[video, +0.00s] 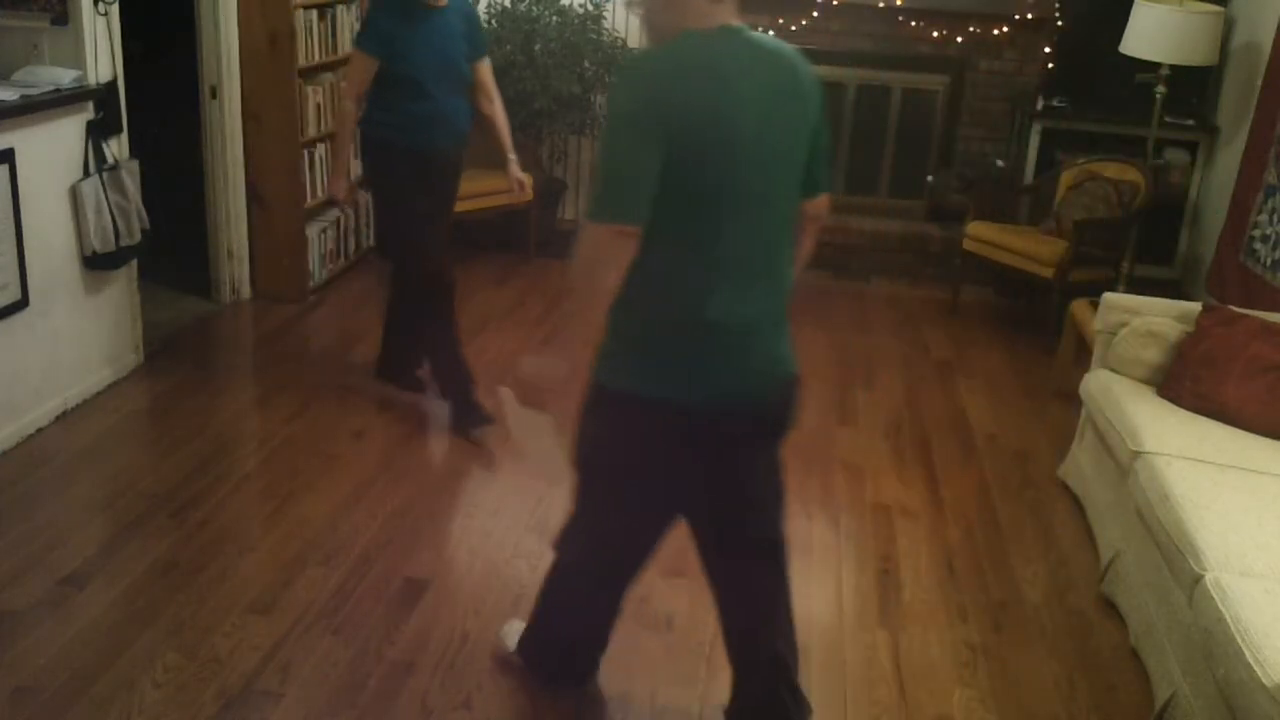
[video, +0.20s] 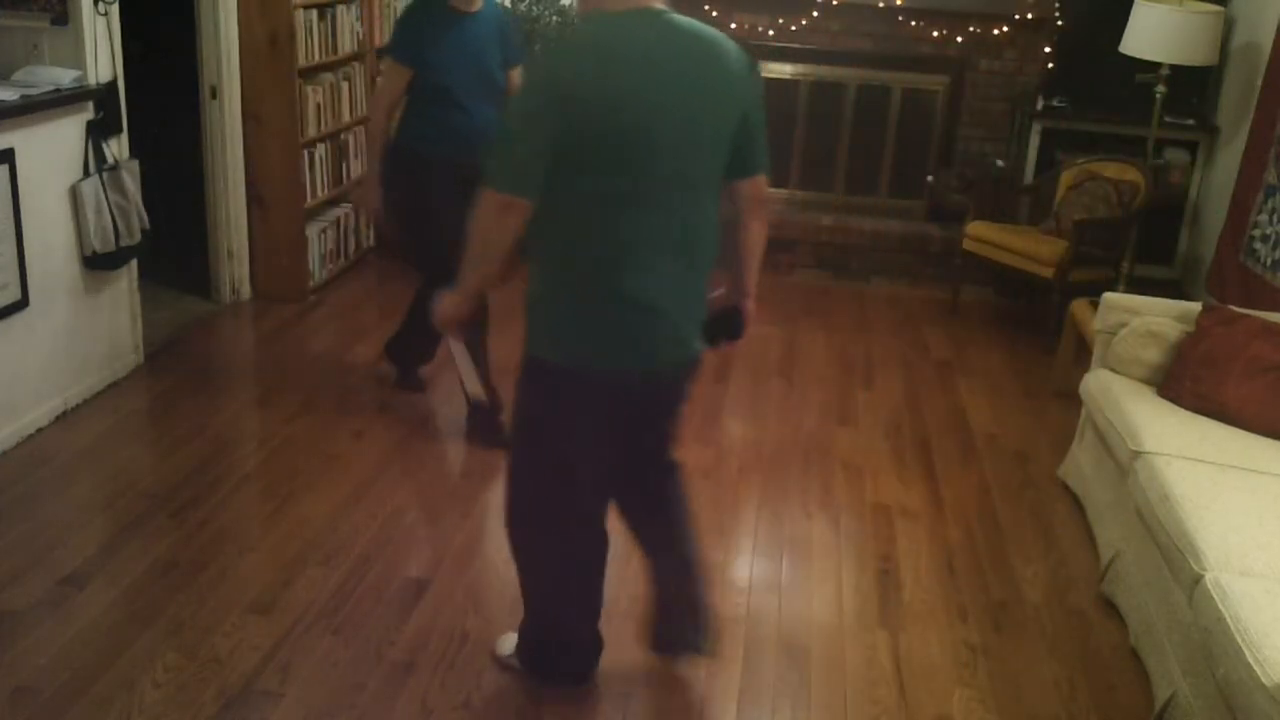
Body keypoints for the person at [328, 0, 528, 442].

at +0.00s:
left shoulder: (464, 14)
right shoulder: (387, 13)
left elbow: (487, 90)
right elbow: (352, 92)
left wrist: (511, 159)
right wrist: (340, 171)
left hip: (445, 155)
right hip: (393, 156)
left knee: (418, 264)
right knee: (432, 269)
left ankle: (395, 362)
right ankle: (461, 398)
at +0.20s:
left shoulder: (501, 19)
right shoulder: (421, 18)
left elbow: (517, 92)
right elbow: (383, 101)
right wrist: (372, 175)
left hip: (478, 163)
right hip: (422, 163)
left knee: (452, 267)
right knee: (456, 275)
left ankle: (406, 349)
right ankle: (482, 404)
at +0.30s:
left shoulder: (521, 18)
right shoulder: (441, 17)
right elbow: (399, 110)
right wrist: (394, 189)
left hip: (505, 168)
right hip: (446, 172)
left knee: (496, 272)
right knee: (471, 288)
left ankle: (430, 339)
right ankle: (482, 413)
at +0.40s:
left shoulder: (538, 19)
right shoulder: (455, 17)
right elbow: (418, 111)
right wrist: (420, 197)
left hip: (524, 183)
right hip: (467, 188)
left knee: (523, 294)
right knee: (474, 303)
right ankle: (479, 412)